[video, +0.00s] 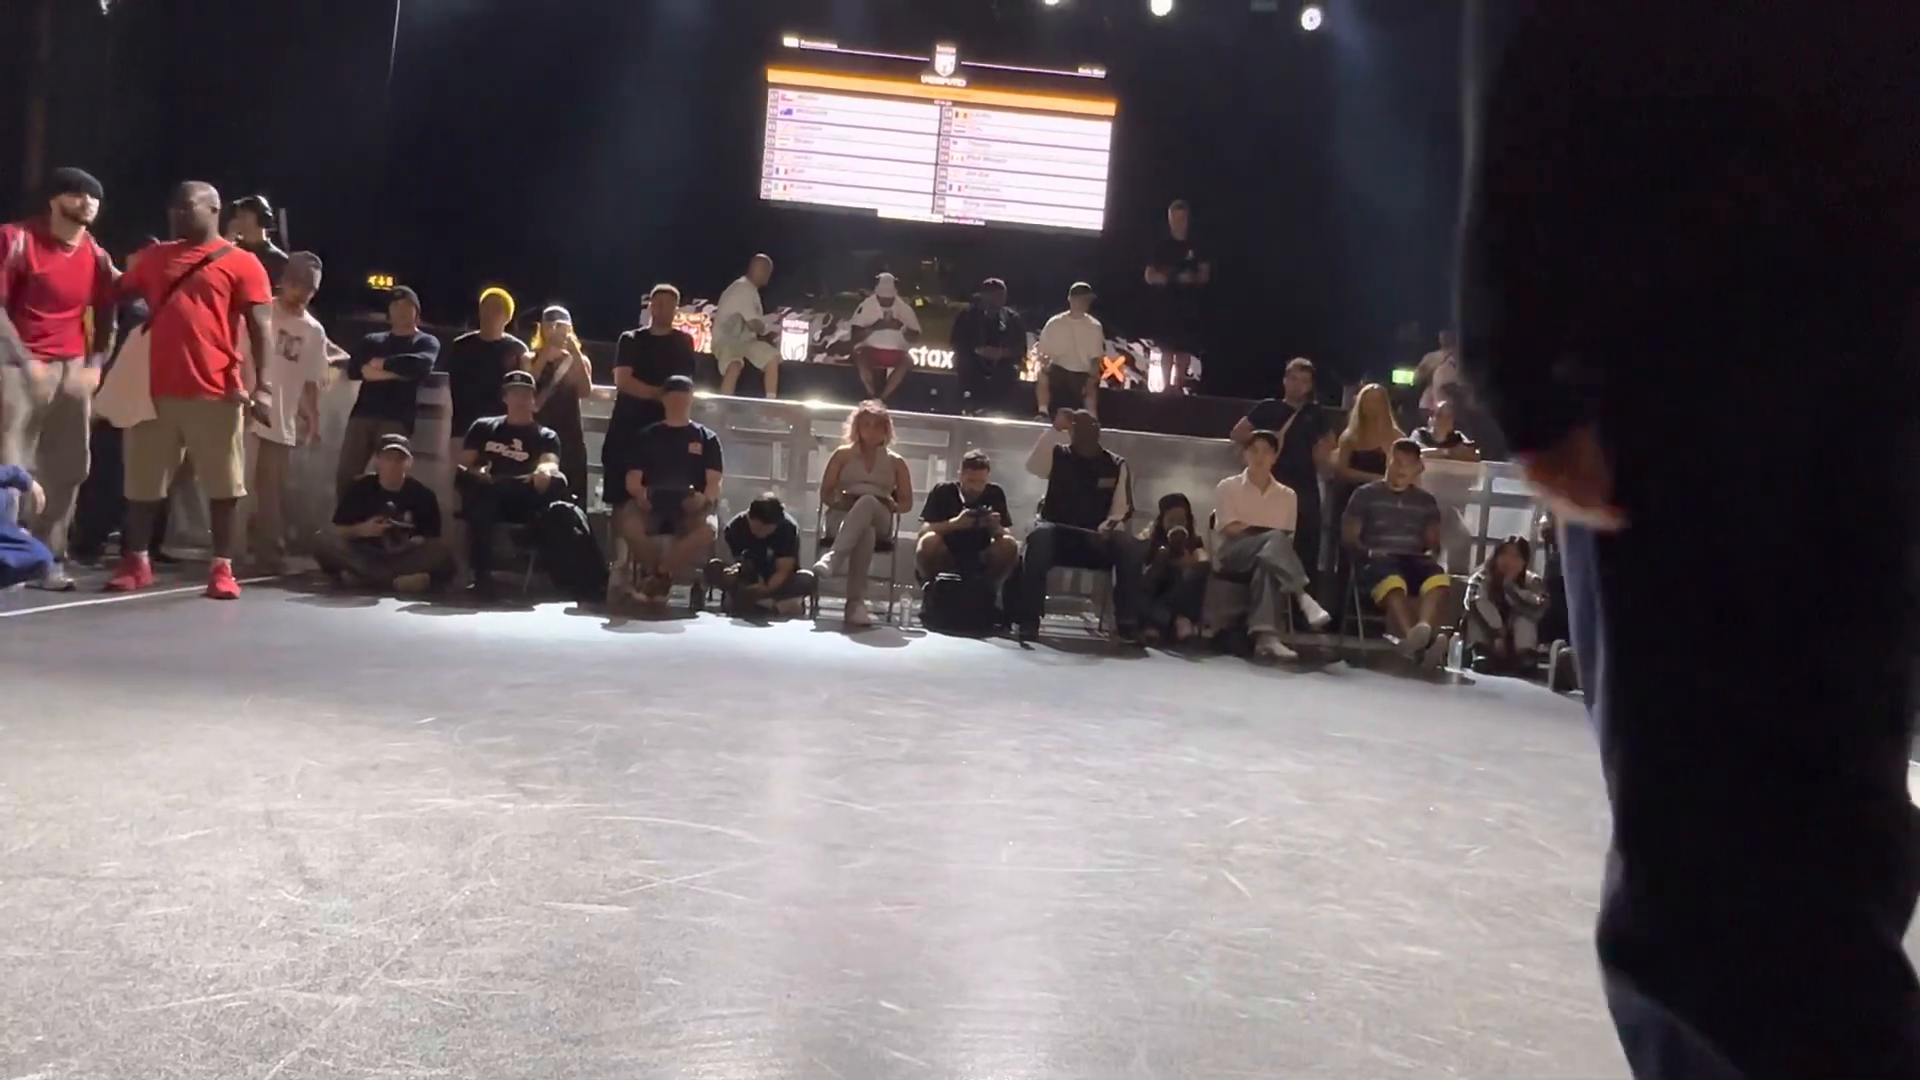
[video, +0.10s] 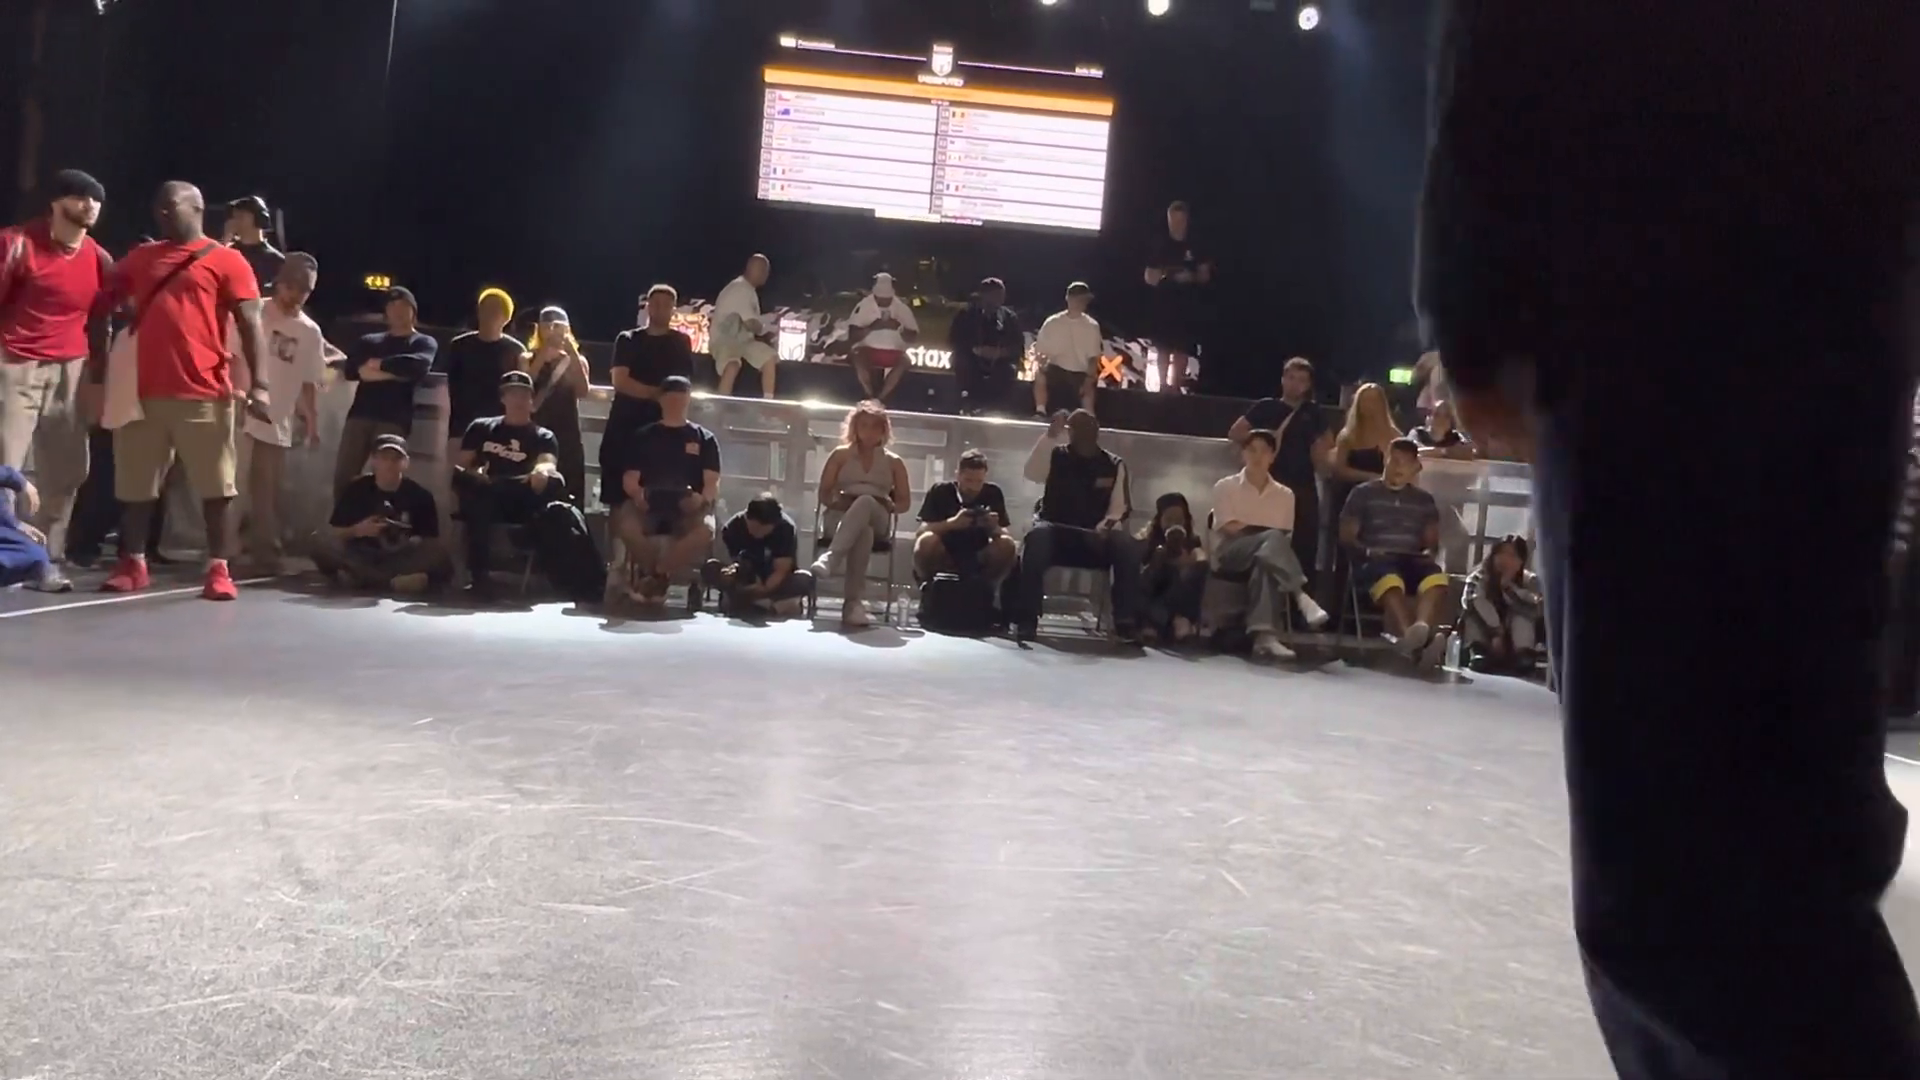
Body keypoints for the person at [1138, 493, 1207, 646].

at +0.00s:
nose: (1177, 526)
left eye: (1181, 520)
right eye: (1172, 520)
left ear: (1189, 520)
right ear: (1162, 519)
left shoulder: (1194, 542)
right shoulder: (1150, 542)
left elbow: (1204, 563)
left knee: (1196, 570)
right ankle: (1182, 619)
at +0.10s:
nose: (1174, 525)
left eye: (1179, 520)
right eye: (1169, 520)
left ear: (1187, 520)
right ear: (1159, 519)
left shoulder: (1192, 541)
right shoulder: (1145, 541)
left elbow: (1202, 562)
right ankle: (1181, 619)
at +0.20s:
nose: (1173, 524)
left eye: (1178, 519)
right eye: (1167, 519)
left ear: (1185, 519)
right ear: (1157, 519)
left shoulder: (1190, 541)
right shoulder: (1144, 541)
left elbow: (1200, 561)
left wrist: (1183, 557)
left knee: (1195, 569)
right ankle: (1179, 619)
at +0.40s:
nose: (1169, 525)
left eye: (1174, 520)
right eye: (1164, 520)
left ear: (1182, 519)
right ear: (1154, 520)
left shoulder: (1188, 542)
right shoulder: (1141, 543)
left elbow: (1198, 562)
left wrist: (1181, 561)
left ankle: (1179, 620)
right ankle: (1176, 621)